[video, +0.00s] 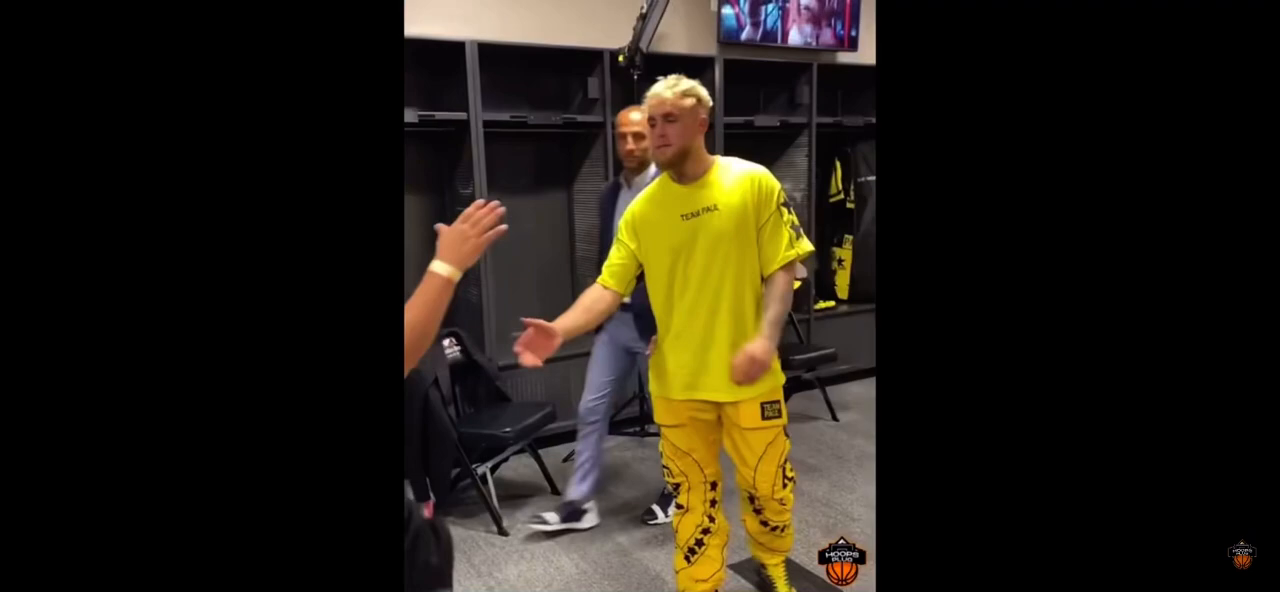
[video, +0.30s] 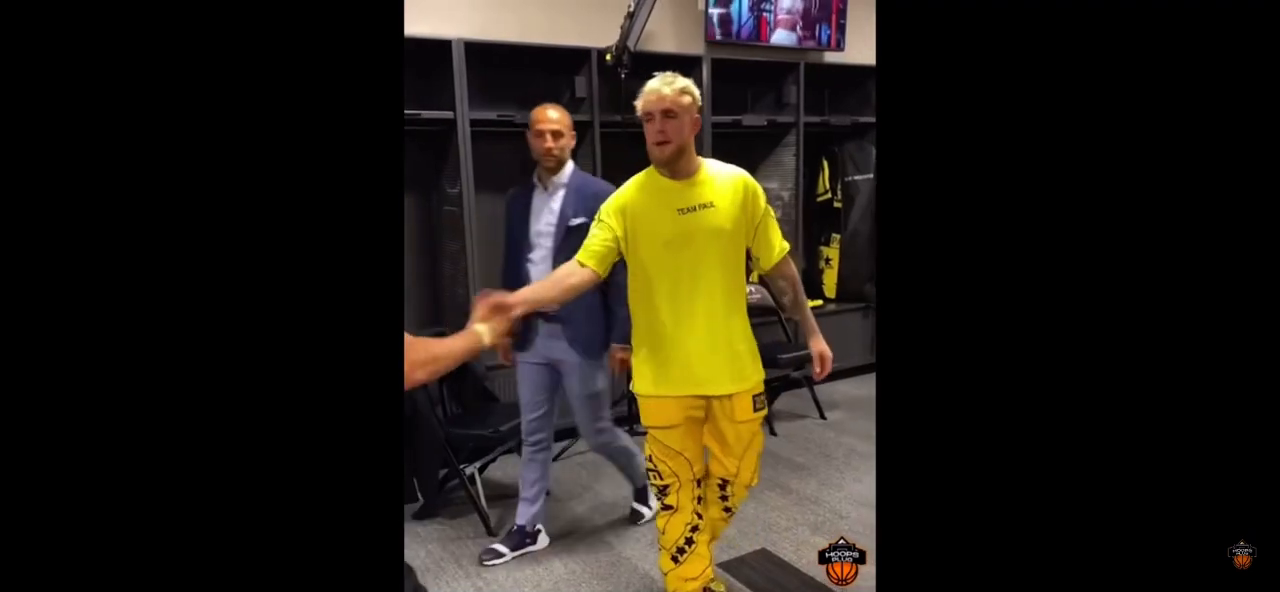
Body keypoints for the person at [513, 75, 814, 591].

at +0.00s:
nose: (655, 132)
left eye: (667, 120)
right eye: (650, 123)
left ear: (702, 122)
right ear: (646, 130)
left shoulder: (752, 183)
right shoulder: (641, 208)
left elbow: (782, 267)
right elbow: (609, 287)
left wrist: (766, 337)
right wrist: (557, 330)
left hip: (751, 376)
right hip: (679, 382)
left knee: (770, 490)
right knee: (693, 506)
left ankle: (772, 565)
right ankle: (698, 586)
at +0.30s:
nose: (657, 128)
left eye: (669, 116)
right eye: (649, 119)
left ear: (696, 121)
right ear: (641, 126)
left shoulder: (738, 186)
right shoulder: (625, 201)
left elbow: (778, 267)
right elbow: (583, 268)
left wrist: (812, 333)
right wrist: (517, 300)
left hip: (734, 370)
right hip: (661, 376)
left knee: (735, 478)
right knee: (677, 497)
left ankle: (689, 557)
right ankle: (688, 583)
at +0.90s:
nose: (655, 125)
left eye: (667, 116)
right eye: (647, 115)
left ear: (689, 125)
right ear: (637, 122)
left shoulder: (712, 189)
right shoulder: (611, 188)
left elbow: (727, 270)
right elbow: (559, 250)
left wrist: (737, 326)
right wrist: (500, 294)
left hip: (694, 343)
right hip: (631, 345)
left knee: (686, 455)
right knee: (633, 458)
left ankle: (680, 548)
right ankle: (625, 567)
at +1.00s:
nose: (651, 124)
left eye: (663, 115)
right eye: (644, 114)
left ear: (685, 124)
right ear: (634, 122)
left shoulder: (709, 189)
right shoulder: (607, 188)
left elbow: (727, 272)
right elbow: (570, 261)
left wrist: (734, 333)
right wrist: (534, 325)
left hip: (692, 348)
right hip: (628, 349)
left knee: (687, 456)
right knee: (621, 458)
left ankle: (683, 545)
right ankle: (598, 551)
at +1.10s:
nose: (649, 122)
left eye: (661, 113)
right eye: (641, 112)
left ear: (682, 121)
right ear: (631, 120)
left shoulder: (708, 188)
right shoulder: (607, 188)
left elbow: (727, 272)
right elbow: (593, 275)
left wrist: (737, 338)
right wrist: (587, 348)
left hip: (694, 349)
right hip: (627, 349)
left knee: (693, 454)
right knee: (614, 454)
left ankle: (693, 544)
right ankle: (591, 539)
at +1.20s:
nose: (650, 119)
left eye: (662, 109)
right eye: (642, 109)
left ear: (683, 116)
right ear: (631, 117)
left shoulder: (711, 184)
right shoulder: (609, 187)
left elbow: (734, 268)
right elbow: (604, 273)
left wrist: (745, 336)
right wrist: (608, 345)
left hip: (701, 345)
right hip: (633, 347)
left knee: (706, 450)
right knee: (618, 451)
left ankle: (709, 541)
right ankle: (606, 538)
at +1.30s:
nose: (662, 116)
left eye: (672, 105)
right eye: (653, 107)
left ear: (694, 112)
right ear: (642, 114)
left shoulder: (727, 178)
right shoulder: (621, 185)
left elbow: (750, 262)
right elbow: (609, 266)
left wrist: (761, 329)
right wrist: (598, 336)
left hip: (717, 337)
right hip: (646, 340)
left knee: (728, 443)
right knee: (638, 445)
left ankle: (734, 536)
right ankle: (634, 533)